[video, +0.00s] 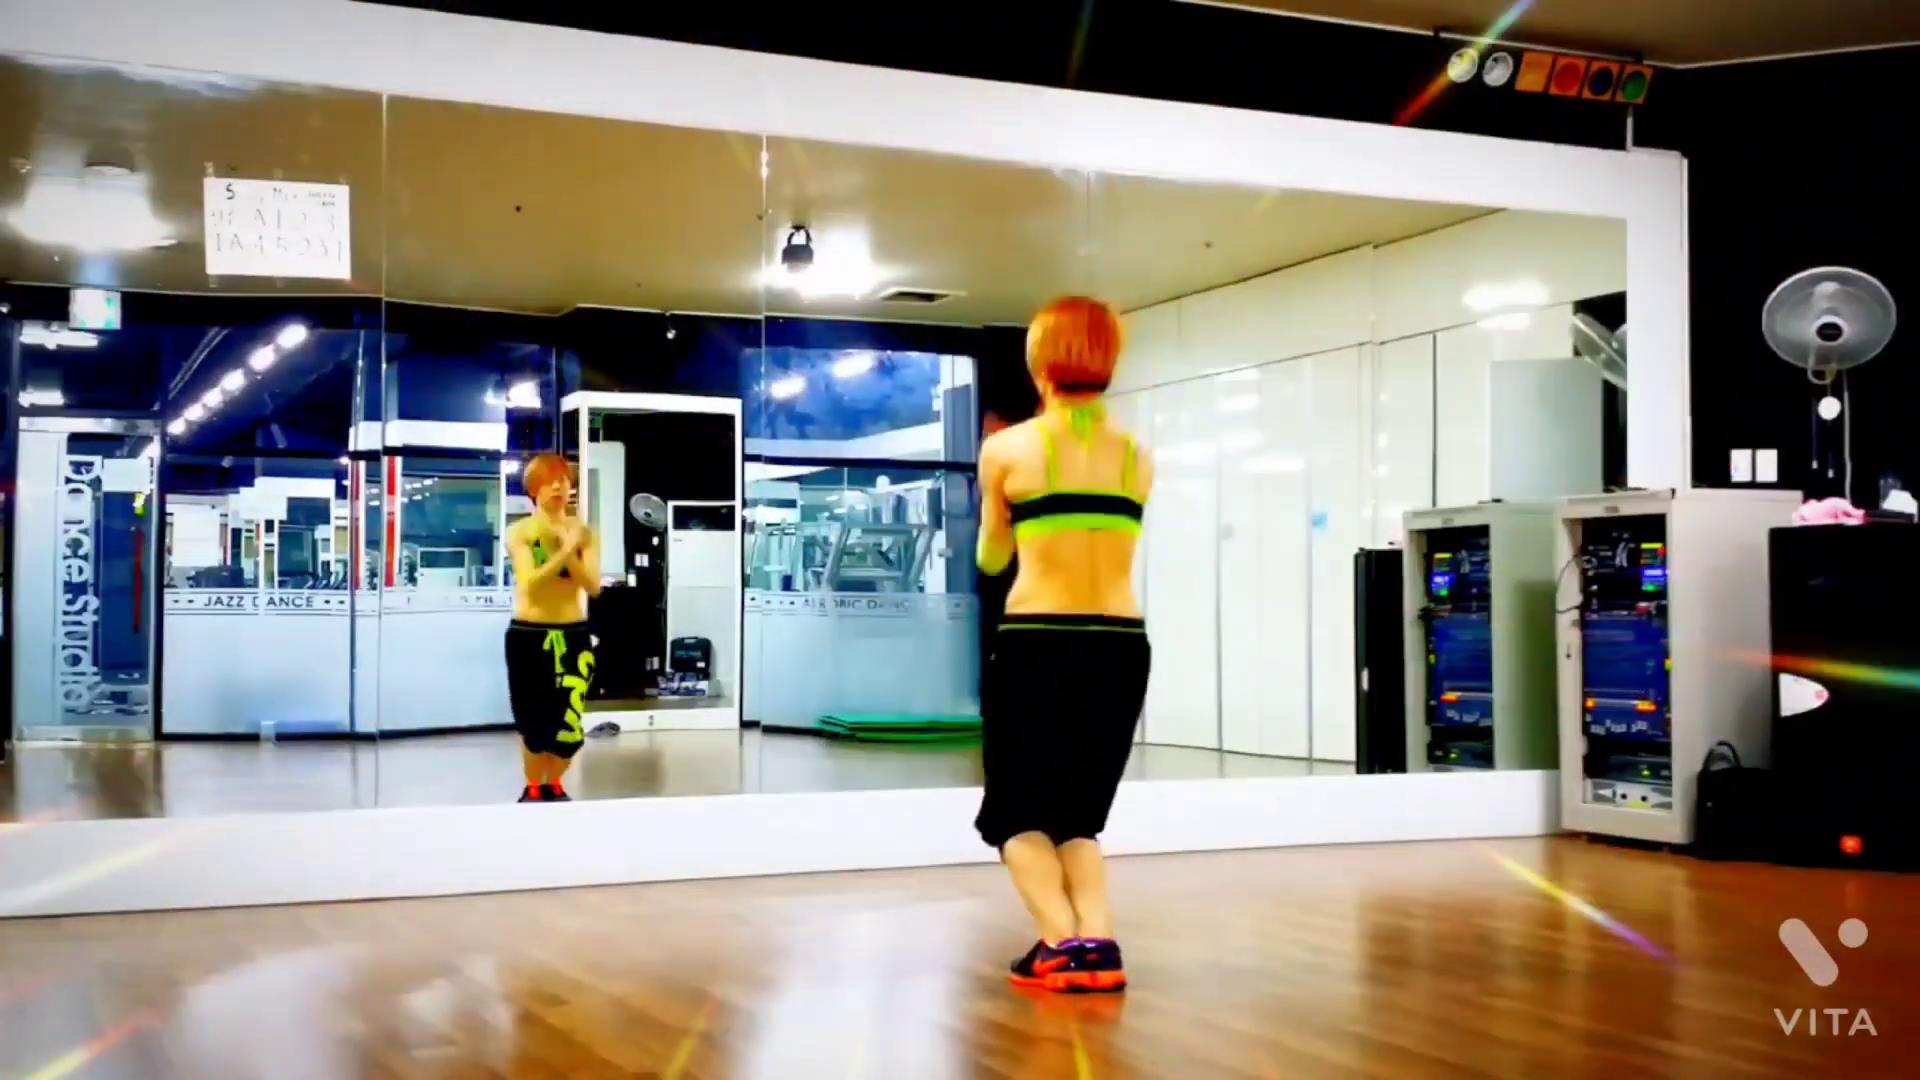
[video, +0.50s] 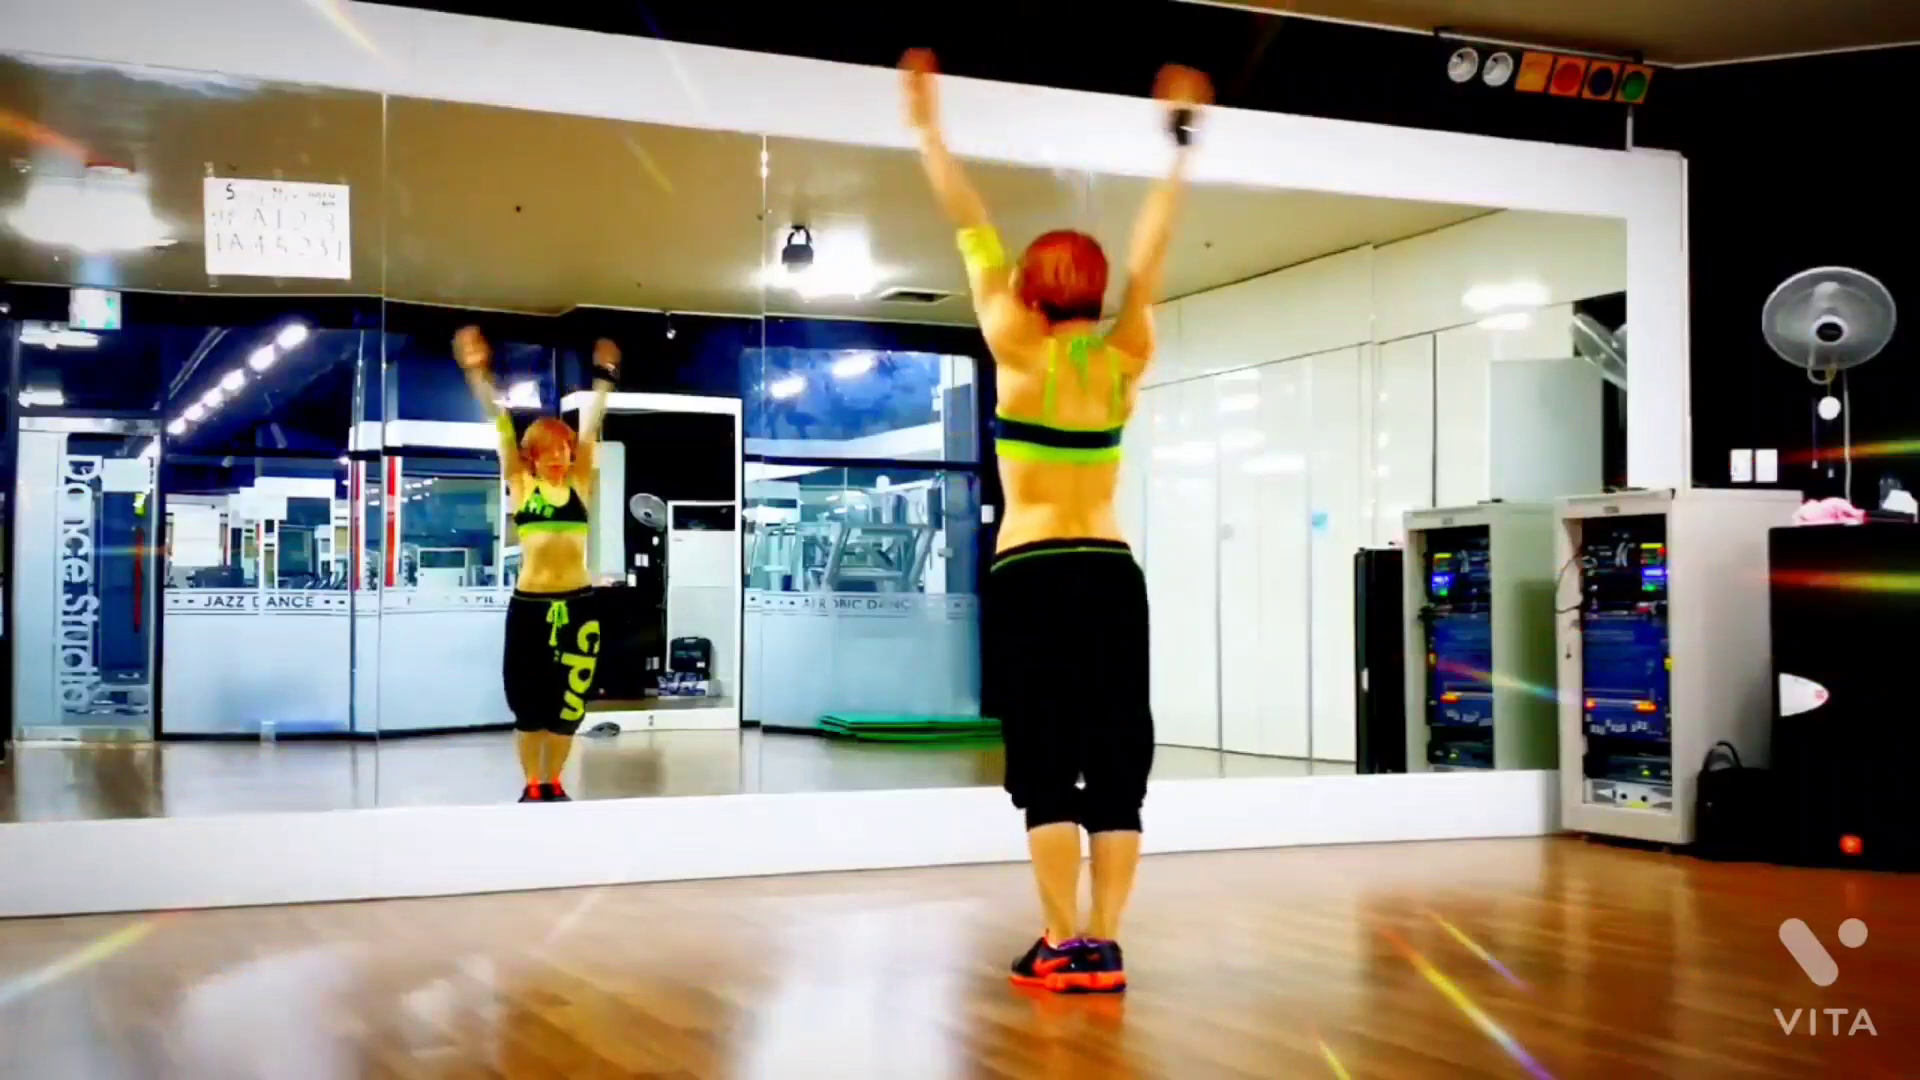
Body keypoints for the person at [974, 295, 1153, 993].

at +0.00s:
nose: (1033, 367)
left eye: (1035, 356)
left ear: (1037, 366)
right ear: (1109, 366)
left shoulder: (1008, 449)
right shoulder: (1137, 457)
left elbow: (994, 554)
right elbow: (1111, 539)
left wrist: (1006, 482)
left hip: (1035, 645)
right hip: (1119, 645)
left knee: (1014, 809)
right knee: (1078, 812)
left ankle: (1060, 940)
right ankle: (1097, 941)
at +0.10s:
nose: (1035, 336)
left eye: (1037, 326)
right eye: (1045, 326)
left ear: (1044, 332)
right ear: (1112, 329)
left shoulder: (1013, 404)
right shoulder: (1140, 419)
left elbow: (969, 466)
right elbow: (1112, 473)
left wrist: (995, 414)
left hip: (1030, 608)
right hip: (1113, 606)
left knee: (1021, 783)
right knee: (1091, 785)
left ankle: (1063, 936)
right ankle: (1099, 941)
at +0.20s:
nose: (1035, 306)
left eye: (1037, 295)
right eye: (1041, 294)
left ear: (1044, 304)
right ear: (1110, 302)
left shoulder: (1024, 371)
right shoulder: (1139, 383)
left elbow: (962, 360)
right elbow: (1095, 382)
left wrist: (993, 329)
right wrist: (1045, 343)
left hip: (1030, 585)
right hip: (1113, 584)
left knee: (1028, 765)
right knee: (1102, 769)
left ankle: (1061, 937)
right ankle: (1101, 943)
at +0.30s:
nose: (1033, 297)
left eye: (1039, 284)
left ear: (1042, 295)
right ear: (1114, 291)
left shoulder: (1021, 357)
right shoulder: (1133, 365)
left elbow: (979, 269)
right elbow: (1120, 298)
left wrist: (1003, 201)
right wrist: (1087, 232)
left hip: (1026, 570)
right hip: (1110, 568)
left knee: (1038, 761)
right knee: (1114, 762)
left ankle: (1060, 938)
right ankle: (1103, 944)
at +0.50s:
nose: (1022, 290)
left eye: (1027, 281)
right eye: (1048, 279)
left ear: (1030, 290)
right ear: (1100, 292)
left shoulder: (1015, 346)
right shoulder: (1119, 357)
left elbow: (972, 230)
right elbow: (1147, 258)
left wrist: (926, 127)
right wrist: (1181, 147)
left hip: (1026, 570)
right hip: (1108, 569)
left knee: (1038, 757)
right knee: (1120, 758)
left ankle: (1064, 937)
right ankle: (1102, 942)